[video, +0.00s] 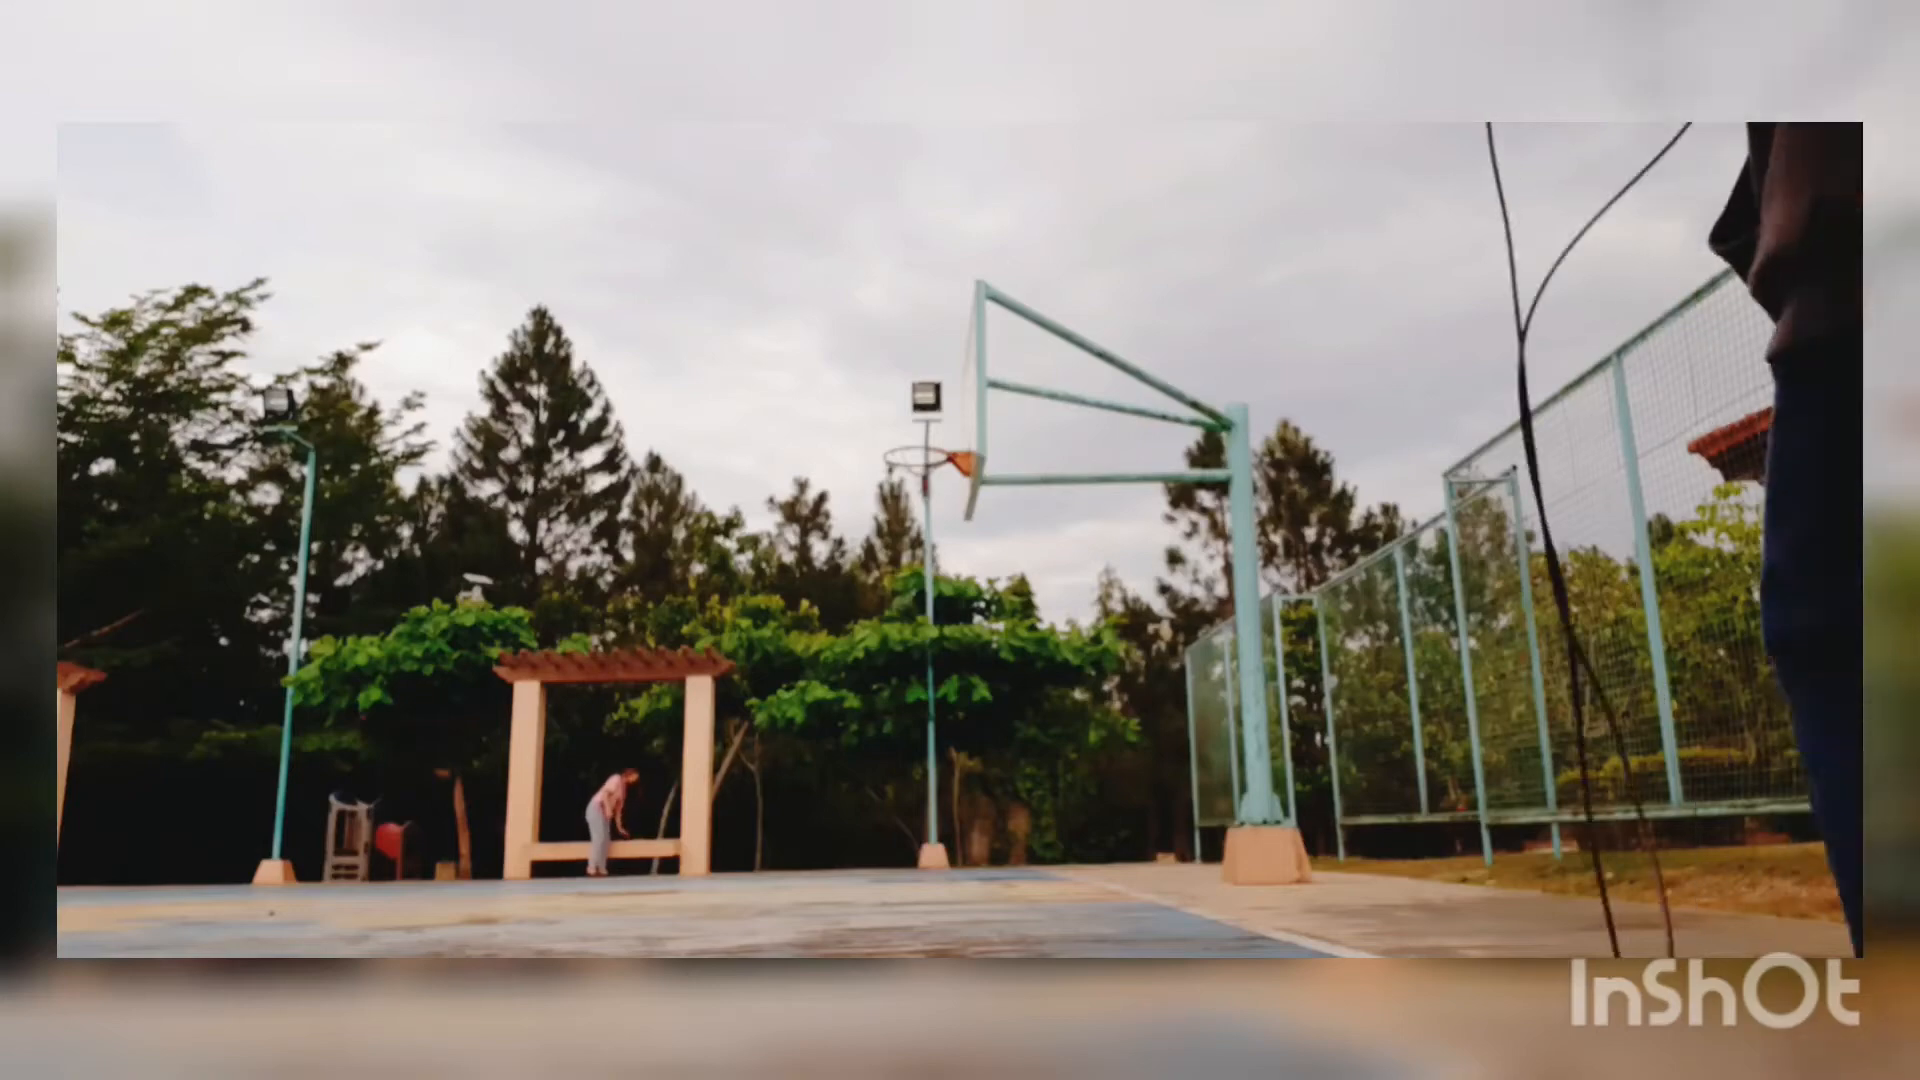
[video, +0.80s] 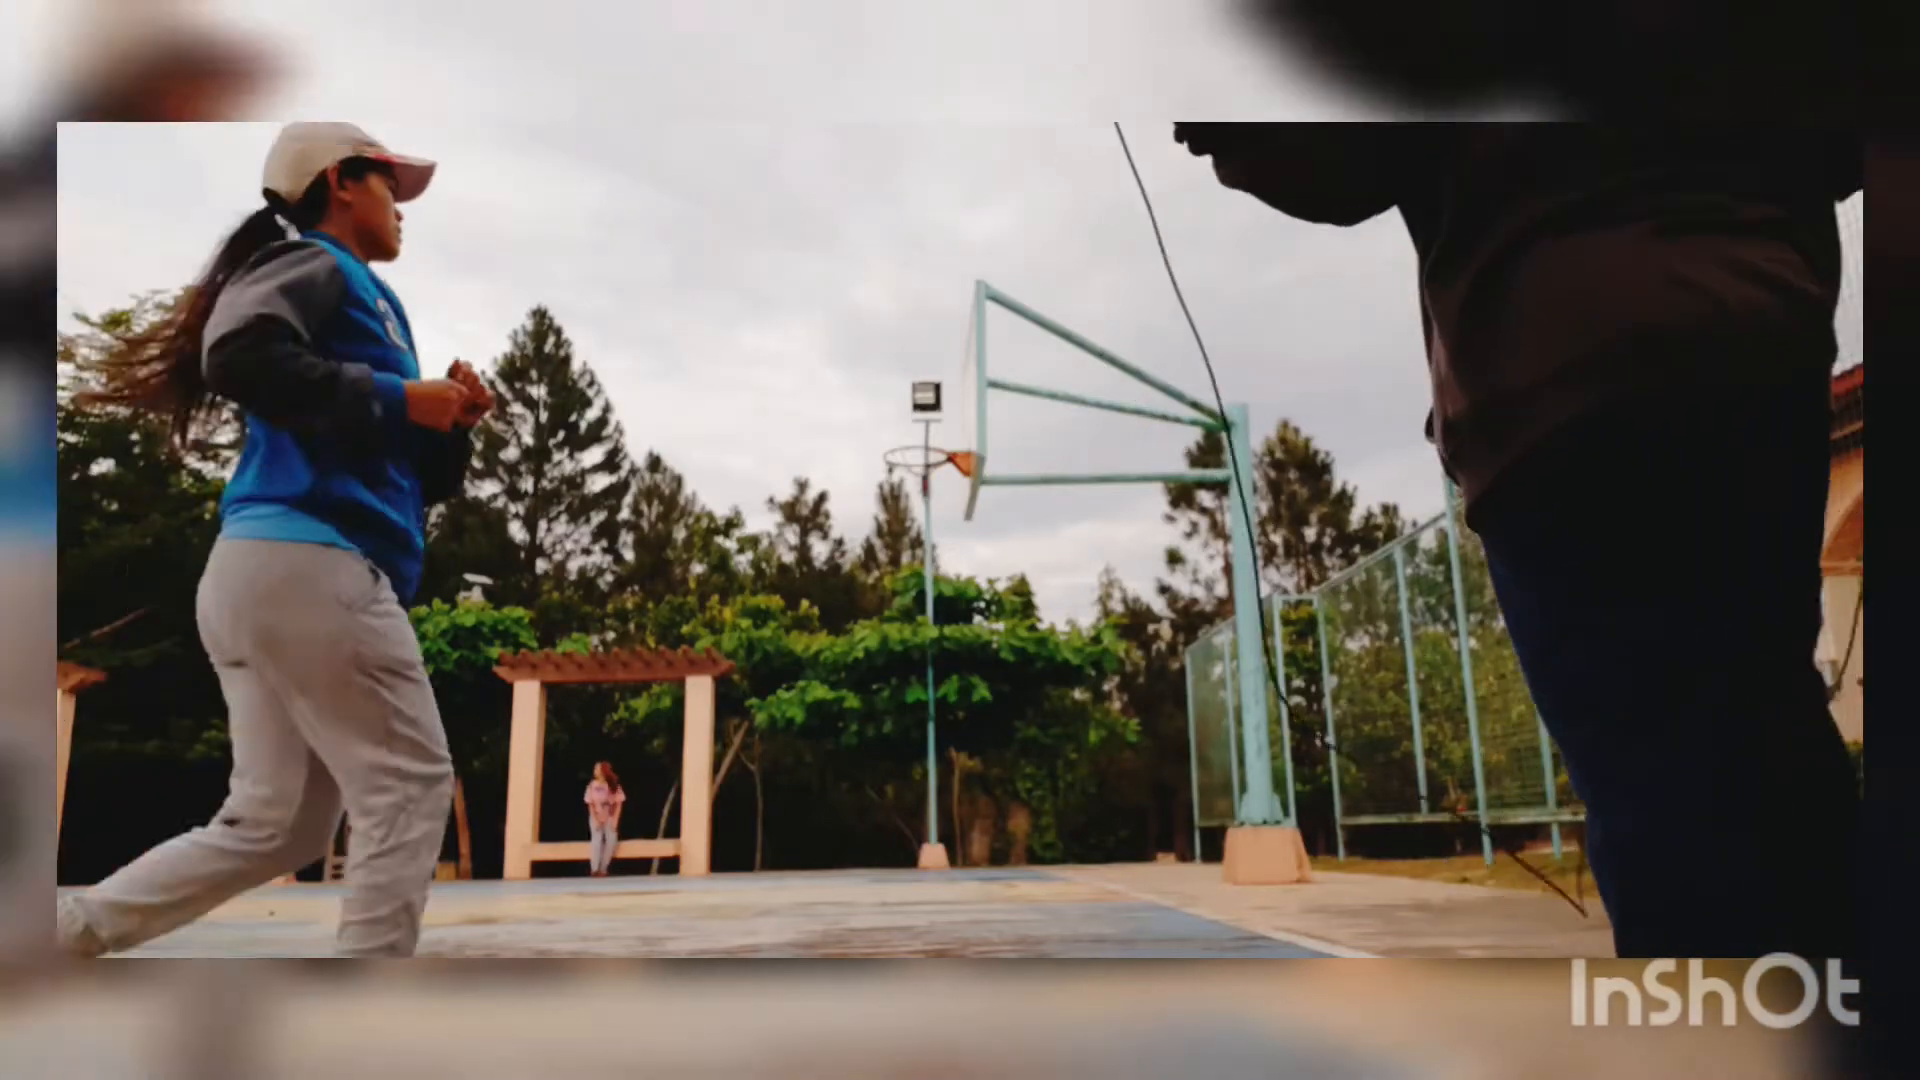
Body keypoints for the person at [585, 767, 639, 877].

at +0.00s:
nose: (633, 781)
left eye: (635, 779)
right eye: (633, 778)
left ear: (632, 778)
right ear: (628, 774)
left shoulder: (622, 787)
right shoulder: (616, 779)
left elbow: (618, 808)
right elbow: (605, 793)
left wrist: (619, 827)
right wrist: (608, 808)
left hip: (605, 810)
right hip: (596, 808)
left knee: (606, 838)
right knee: (599, 837)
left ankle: (601, 867)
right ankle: (592, 867)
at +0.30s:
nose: (625, 769)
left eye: (628, 766)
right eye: (624, 765)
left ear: (629, 769)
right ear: (619, 766)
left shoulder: (623, 787)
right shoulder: (608, 778)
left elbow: (619, 807)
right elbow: (598, 794)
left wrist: (617, 824)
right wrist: (600, 810)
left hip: (608, 812)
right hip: (596, 808)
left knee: (608, 839)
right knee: (596, 837)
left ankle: (602, 867)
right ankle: (591, 867)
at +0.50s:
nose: (610, 767)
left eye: (613, 764)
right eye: (609, 764)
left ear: (618, 767)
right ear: (607, 765)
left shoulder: (621, 785)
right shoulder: (599, 781)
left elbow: (621, 805)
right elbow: (594, 798)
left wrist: (618, 821)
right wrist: (596, 814)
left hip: (611, 811)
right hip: (596, 809)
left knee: (611, 839)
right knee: (596, 838)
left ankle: (604, 868)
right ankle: (593, 867)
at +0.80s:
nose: (595, 772)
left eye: (598, 769)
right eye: (595, 769)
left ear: (604, 771)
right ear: (595, 771)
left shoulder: (614, 786)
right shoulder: (592, 785)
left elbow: (619, 804)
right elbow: (590, 803)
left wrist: (615, 820)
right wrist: (595, 818)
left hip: (610, 816)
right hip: (596, 815)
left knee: (611, 840)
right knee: (596, 839)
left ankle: (604, 867)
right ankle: (594, 867)